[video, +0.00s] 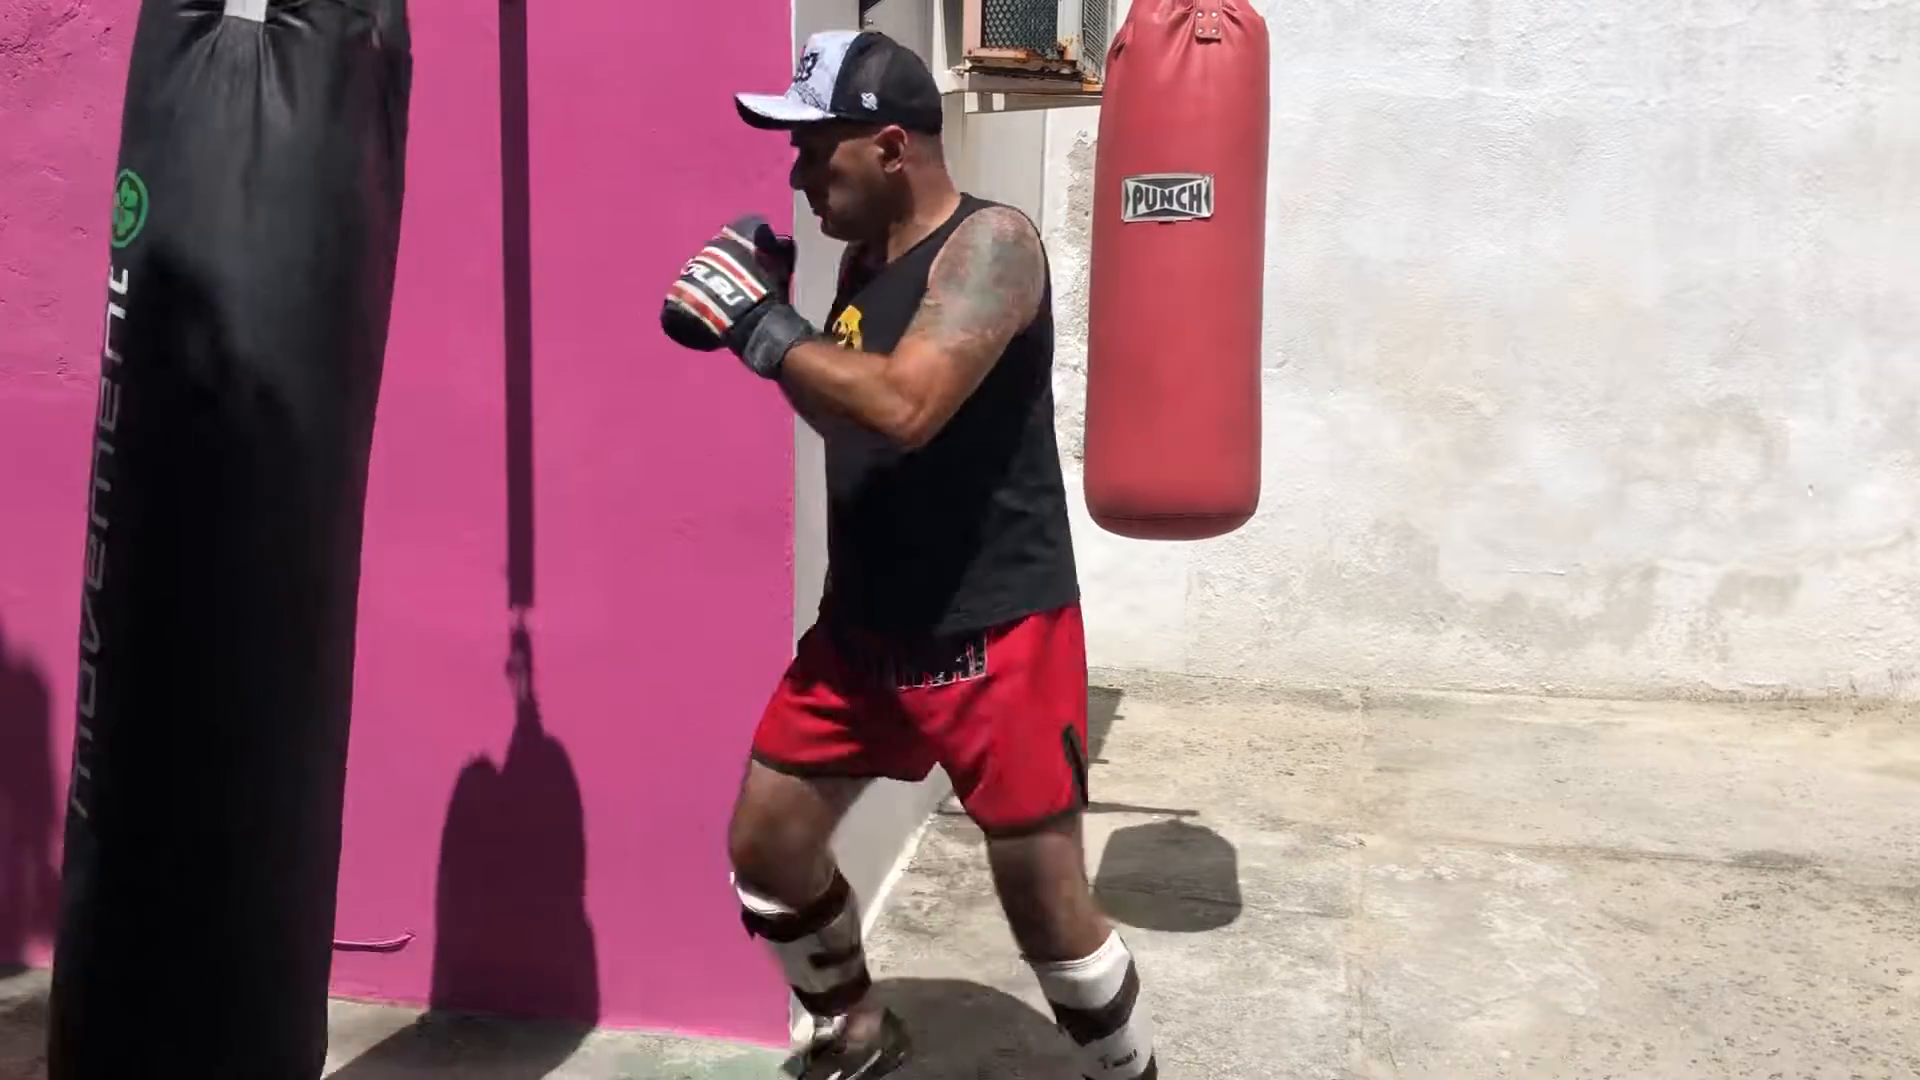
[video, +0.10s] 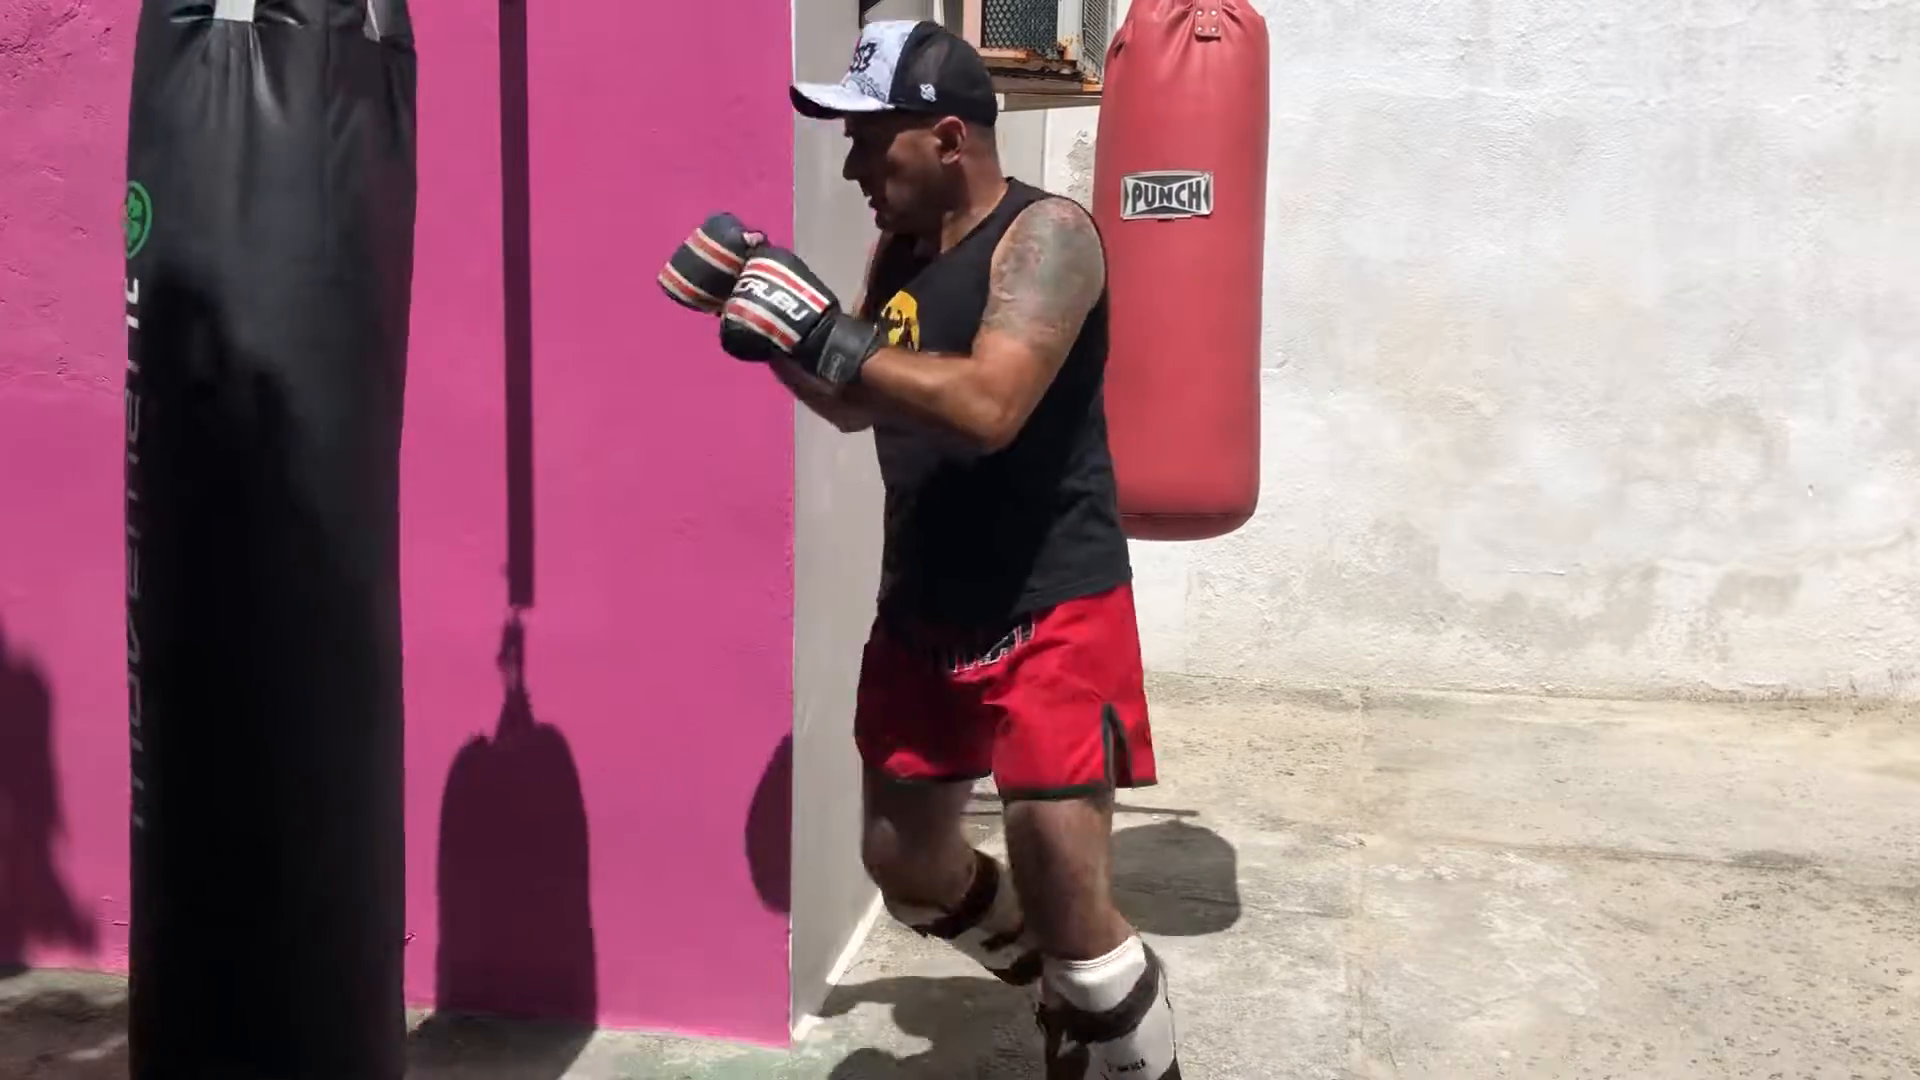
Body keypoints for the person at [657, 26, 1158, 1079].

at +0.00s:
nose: (800, 166)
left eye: (818, 145)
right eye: (798, 143)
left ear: (896, 147)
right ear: (877, 150)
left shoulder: (995, 241)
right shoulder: (861, 261)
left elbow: (903, 408)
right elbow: (857, 418)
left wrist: (764, 322)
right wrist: (770, 317)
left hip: (1000, 628)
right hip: (867, 622)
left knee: (1048, 913)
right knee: (769, 846)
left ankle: (1126, 1067)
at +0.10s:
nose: (853, 160)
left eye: (872, 137)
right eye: (851, 136)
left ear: (951, 138)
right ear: (934, 141)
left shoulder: (1051, 237)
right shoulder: (905, 247)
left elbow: (986, 407)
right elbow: (856, 405)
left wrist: (833, 337)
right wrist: (772, 324)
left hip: (1050, 605)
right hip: (926, 607)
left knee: (1065, 894)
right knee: (908, 859)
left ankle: (1133, 1063)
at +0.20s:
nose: (884, 186)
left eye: (903, 163)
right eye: (884, 162)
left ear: (982, 169)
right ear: (964, 173)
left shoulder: (1080, 269)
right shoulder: (932, 271)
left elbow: (1032, 446)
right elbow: (865, 420)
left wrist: (878, 372)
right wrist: (756, 355)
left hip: (1079, 643)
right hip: (965, 647)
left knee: (1100, 944)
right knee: (1035, 924)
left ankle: (1172, 1072)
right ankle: (1139, 1033)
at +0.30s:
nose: (921, 248)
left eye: (941, 225)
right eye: (924, 222)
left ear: (1017, 233)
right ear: (1009, 234)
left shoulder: (1121, 336)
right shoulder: (979, 325)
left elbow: (1058, 524)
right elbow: (970, 476)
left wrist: (911, 444)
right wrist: (845, 469)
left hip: (1124, 699)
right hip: (1024, 697)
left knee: (1161, 997)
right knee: (1093, 952)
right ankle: (1159, 1055)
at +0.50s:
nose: (929, 219)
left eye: (946, 191)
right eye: (932, 192)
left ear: (1022, 200)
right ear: (1024, 201)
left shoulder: (1132, 305)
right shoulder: (1040, 304)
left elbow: (1028, 510)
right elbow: (1020, 460)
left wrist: (872, 416)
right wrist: (937, 481)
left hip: (1152, 702)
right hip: (1028, 689)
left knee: (1179, 1016)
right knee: (951, 917)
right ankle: (1106, 1050)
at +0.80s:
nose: (859, 200)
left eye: (875, 177)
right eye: (863, 175)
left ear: (942, 189)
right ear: (953, 185)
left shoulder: (1034, 328)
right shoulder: (993, 300)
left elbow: (897, 528)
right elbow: (976, 457)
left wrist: (766, 410)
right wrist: (882, 354)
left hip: (1034, 733)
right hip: (932, 713)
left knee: (1056, 1042)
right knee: (866, 966)